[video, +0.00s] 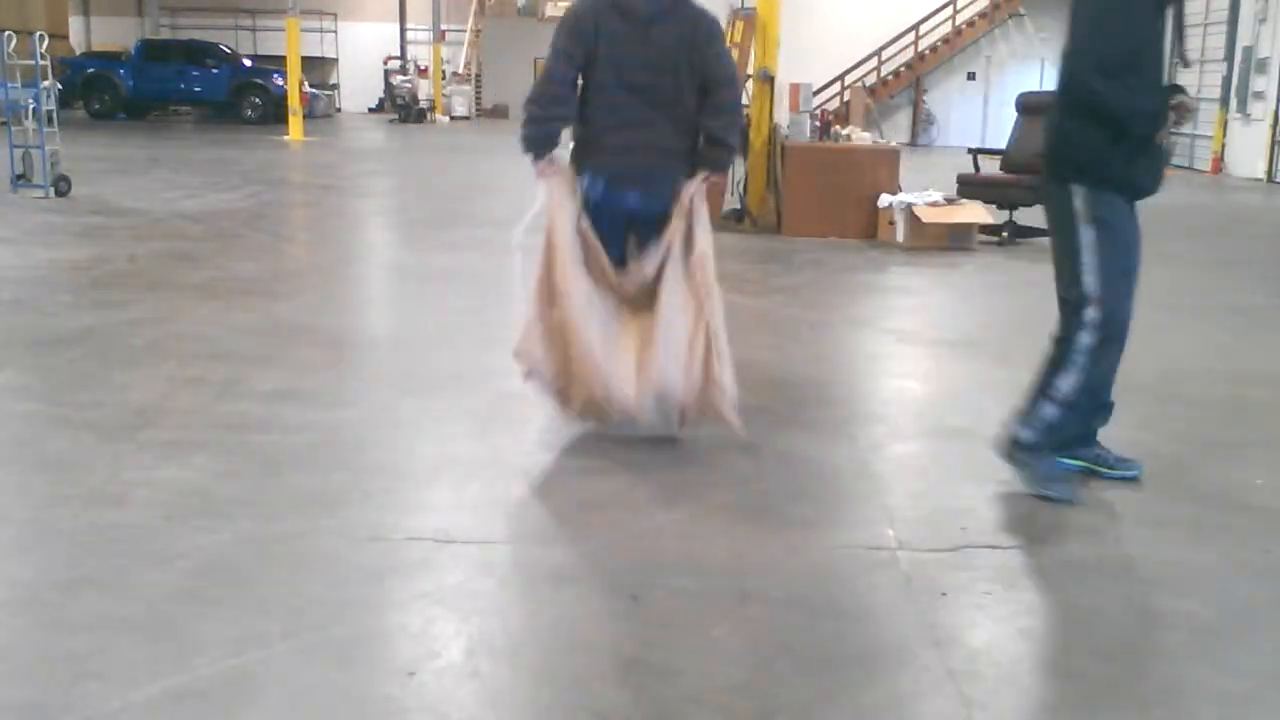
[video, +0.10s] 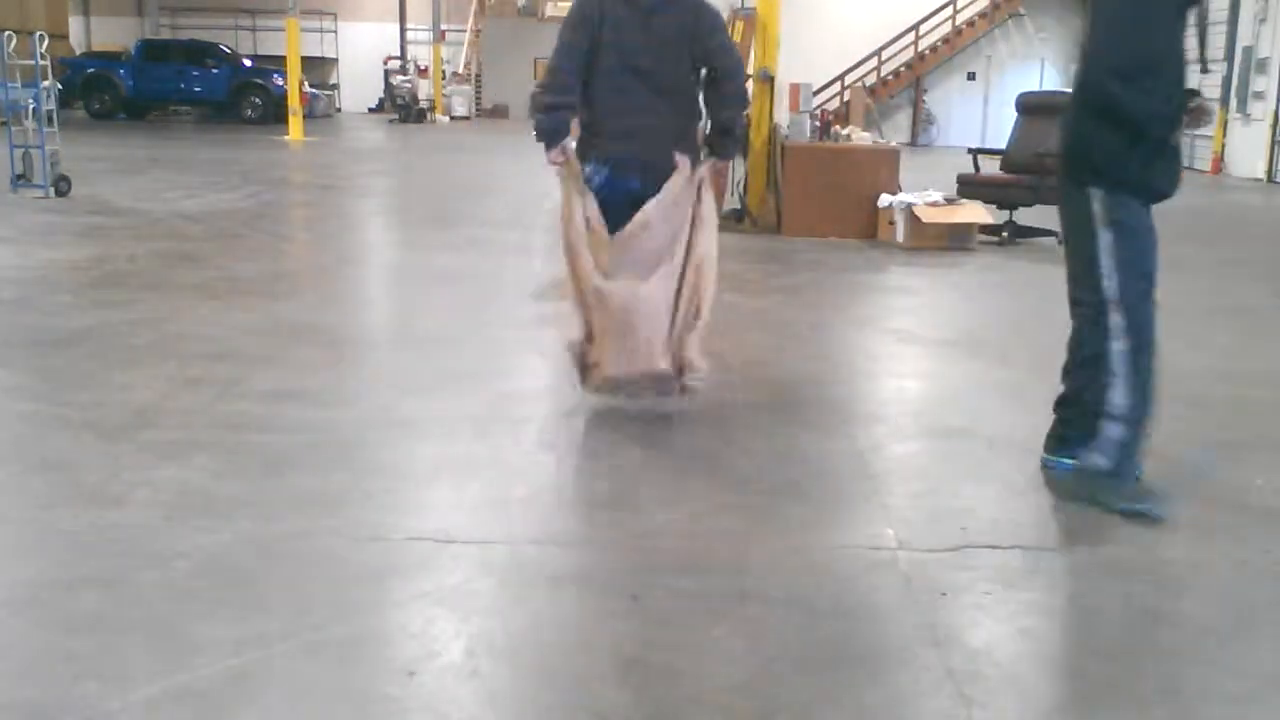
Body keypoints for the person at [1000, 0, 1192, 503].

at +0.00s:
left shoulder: (1141, 11)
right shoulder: (1116, 9)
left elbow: (1114, 76)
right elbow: (1091, 77)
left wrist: (1159, 102)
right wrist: (1157, 110)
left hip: (1109, 171)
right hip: (1083, 168)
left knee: (1109, 313)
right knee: (1092, 313)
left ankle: (1076, 438)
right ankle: (1032, 440)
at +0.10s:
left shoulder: (1149, 14)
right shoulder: (1142, 12)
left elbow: (1123, 76)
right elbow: (1116, 77)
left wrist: (1173, 108)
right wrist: (1167, 120)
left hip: (1103, 166)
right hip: (1107, 171)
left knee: (1099, 314)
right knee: (1120, 317)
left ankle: (1072, 446)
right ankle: (1105, 469)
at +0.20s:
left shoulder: (1177, 16)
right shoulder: (1164, 13)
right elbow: (1129, 80)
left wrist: (1194, 111)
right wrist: (1186, 123)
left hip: (1128, 171)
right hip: (1120, 172)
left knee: (1112, 314)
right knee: (1143, 316)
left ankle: (1073, 438)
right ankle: (1178, 473)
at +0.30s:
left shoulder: (1212, 14)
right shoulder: (1189, 10)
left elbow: (1178, 75)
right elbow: (1150, 84)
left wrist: (1222, 106)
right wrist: (1212, 122)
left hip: (1152, 165)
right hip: (1144, 166)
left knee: (1130, 312)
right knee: (1177, 318)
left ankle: (1073, 437)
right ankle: (1213, 477)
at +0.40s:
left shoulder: (1235, 15)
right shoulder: (1222, 13)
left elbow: (1207, 80)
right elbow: (1181, 85)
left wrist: (1252, 112)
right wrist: (1244, 123)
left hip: (1178, 165)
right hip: (1176, 168)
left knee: (1152, 316)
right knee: (1208, 324)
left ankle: (1076, 437)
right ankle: (1226, 482)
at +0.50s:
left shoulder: (1244, 16)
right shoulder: (1246, 17)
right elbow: (1222, 91)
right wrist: (1265, 155)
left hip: (1210, 183)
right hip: (1212, 185)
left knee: (1191, 327)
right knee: (1244, 340)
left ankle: (1094, 422)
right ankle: (1227, 483)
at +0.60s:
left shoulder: (1255, 16)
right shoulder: (1255, 15)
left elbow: (1237, 98)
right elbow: (1242, 99)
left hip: (1247, 191)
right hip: (1236, 190)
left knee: (1235, 337)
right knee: (1250, 340)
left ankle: (1135, 408)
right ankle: (1228, 483)